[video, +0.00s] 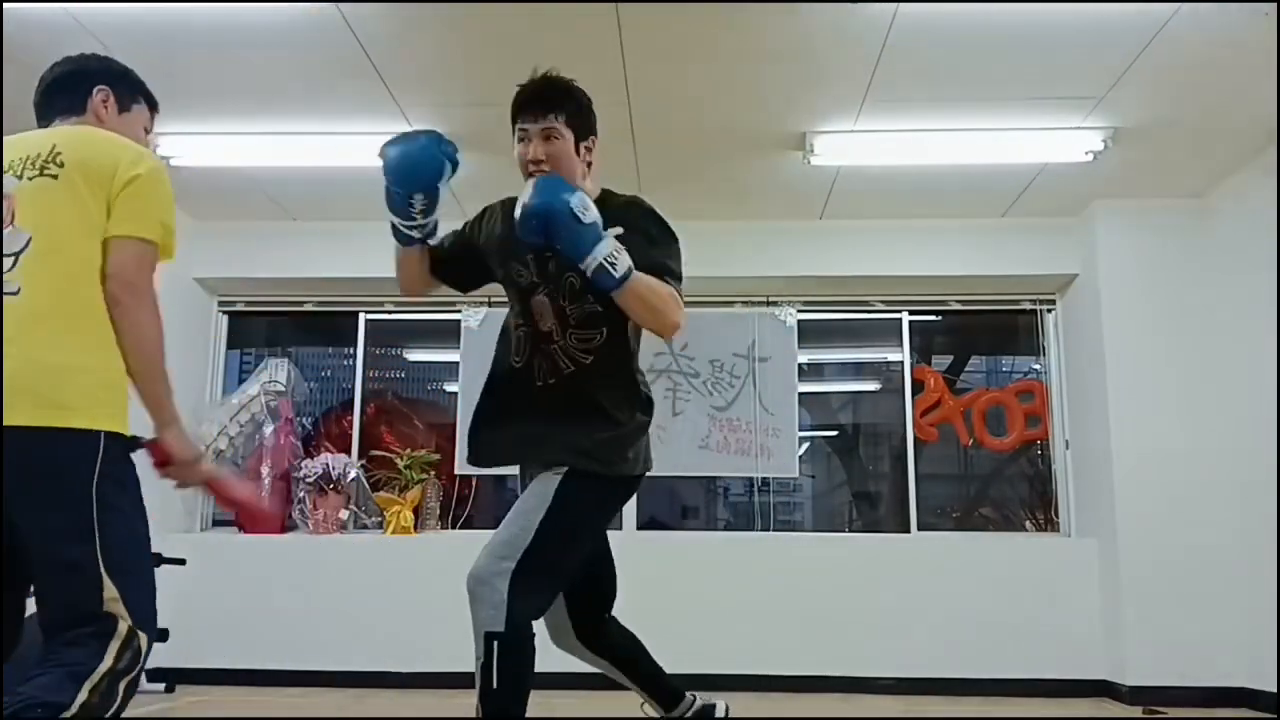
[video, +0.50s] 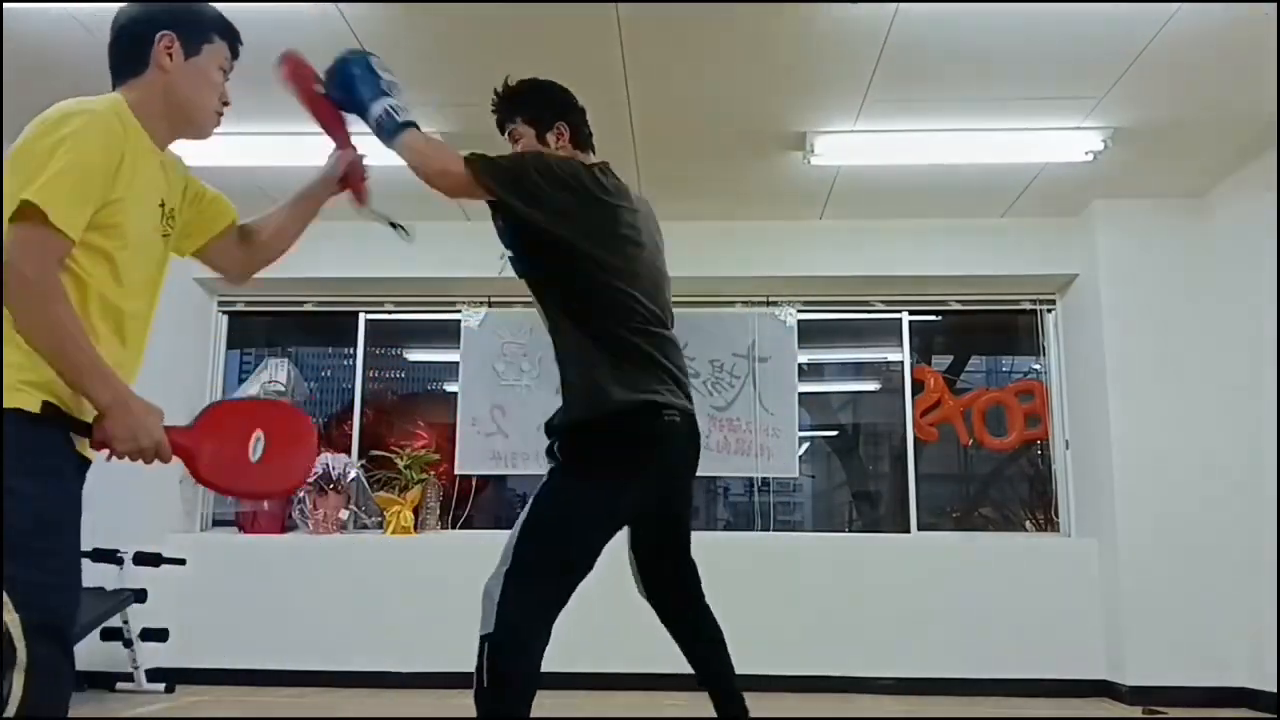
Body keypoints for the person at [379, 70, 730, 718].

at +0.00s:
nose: (534, 150)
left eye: (550, 136)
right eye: (524, 137)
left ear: (588, 150)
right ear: (515, 148)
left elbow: (669, 320)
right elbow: (415, 282)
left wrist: (594, 251)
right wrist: (413, 213)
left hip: (604, 446)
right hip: (543, 445)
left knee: (498, 585)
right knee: (578, 624)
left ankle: (500, 717)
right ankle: (683, 708)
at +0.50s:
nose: (510, 152)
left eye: (517, 137)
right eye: (509, 141)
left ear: (560, 135)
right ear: (568, 136)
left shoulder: (563, 179)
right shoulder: (627, 197)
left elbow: (450, 176)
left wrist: (378, 107)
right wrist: (524, 231)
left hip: (613, 427)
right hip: (672, 428)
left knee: (522, 598)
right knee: (669, 578)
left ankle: (502, 714)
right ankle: (735, 711)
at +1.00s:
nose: (683, 183)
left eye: (686, 163)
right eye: (677, 169)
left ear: (715, 154)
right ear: (732, 162)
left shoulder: (754, 203)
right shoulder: (745, 234)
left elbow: (696, 138)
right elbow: (683, 324)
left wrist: (688, 88)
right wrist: (669, 247)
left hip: (757, 444)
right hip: (788, 445)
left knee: (678, 609)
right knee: (820, 597)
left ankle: (707, 716)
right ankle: (908, 711)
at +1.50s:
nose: (845, 227)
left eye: (851, 213)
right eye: (840, 217)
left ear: (878, 209)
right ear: (847, 222)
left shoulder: (923, 254)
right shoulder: (877, 283)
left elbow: (905, 245)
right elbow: (828, 346)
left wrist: (879, 181)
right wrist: (814, 275)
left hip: (935, 471)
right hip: (939, 472)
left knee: (853, 606)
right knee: (1011, 600)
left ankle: (890, 715)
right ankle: (1097, 707)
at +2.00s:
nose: (939, 255)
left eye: (946, 241)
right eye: (934, 247)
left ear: (978, 238)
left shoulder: (1012, 278)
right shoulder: (972, 308)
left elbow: (1007, 299)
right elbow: (941, 381)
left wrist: (960, 245)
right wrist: (912, 317)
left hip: (1021, 488)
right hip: (1048, 484)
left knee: (954, 608)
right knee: (1070, 612)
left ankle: (956, 716)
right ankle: (1146, 713)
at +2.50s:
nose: (940, 232)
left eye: (949, 217)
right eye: (936, 222)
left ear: (990, 216)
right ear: (989, 221)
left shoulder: (1000, 262)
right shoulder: (1023, 271)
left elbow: (924, 267)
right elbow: (974, 380)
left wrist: (844, 208)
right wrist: (935, 325)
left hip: (1020, 473)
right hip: (1067, 471)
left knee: (969, 606)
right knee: (1073, 596)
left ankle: (983, 714)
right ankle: (1142, 710)